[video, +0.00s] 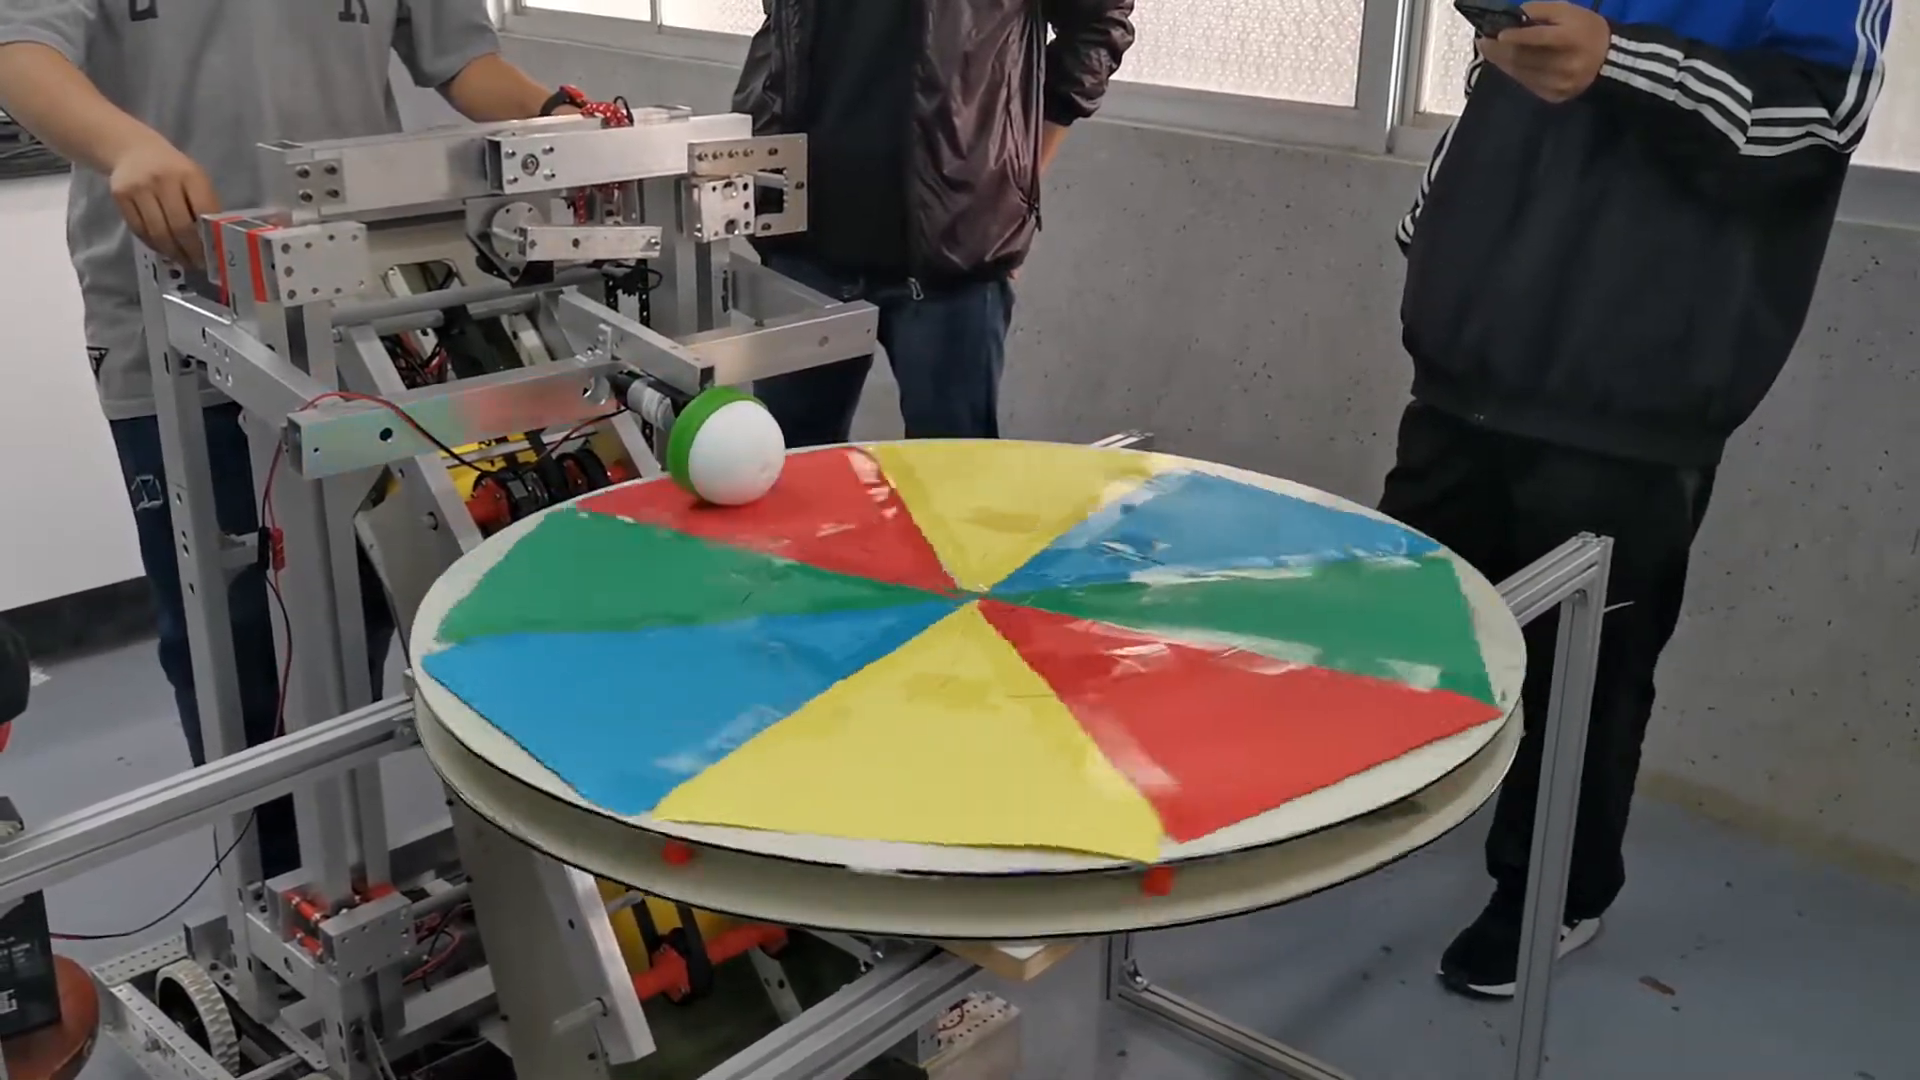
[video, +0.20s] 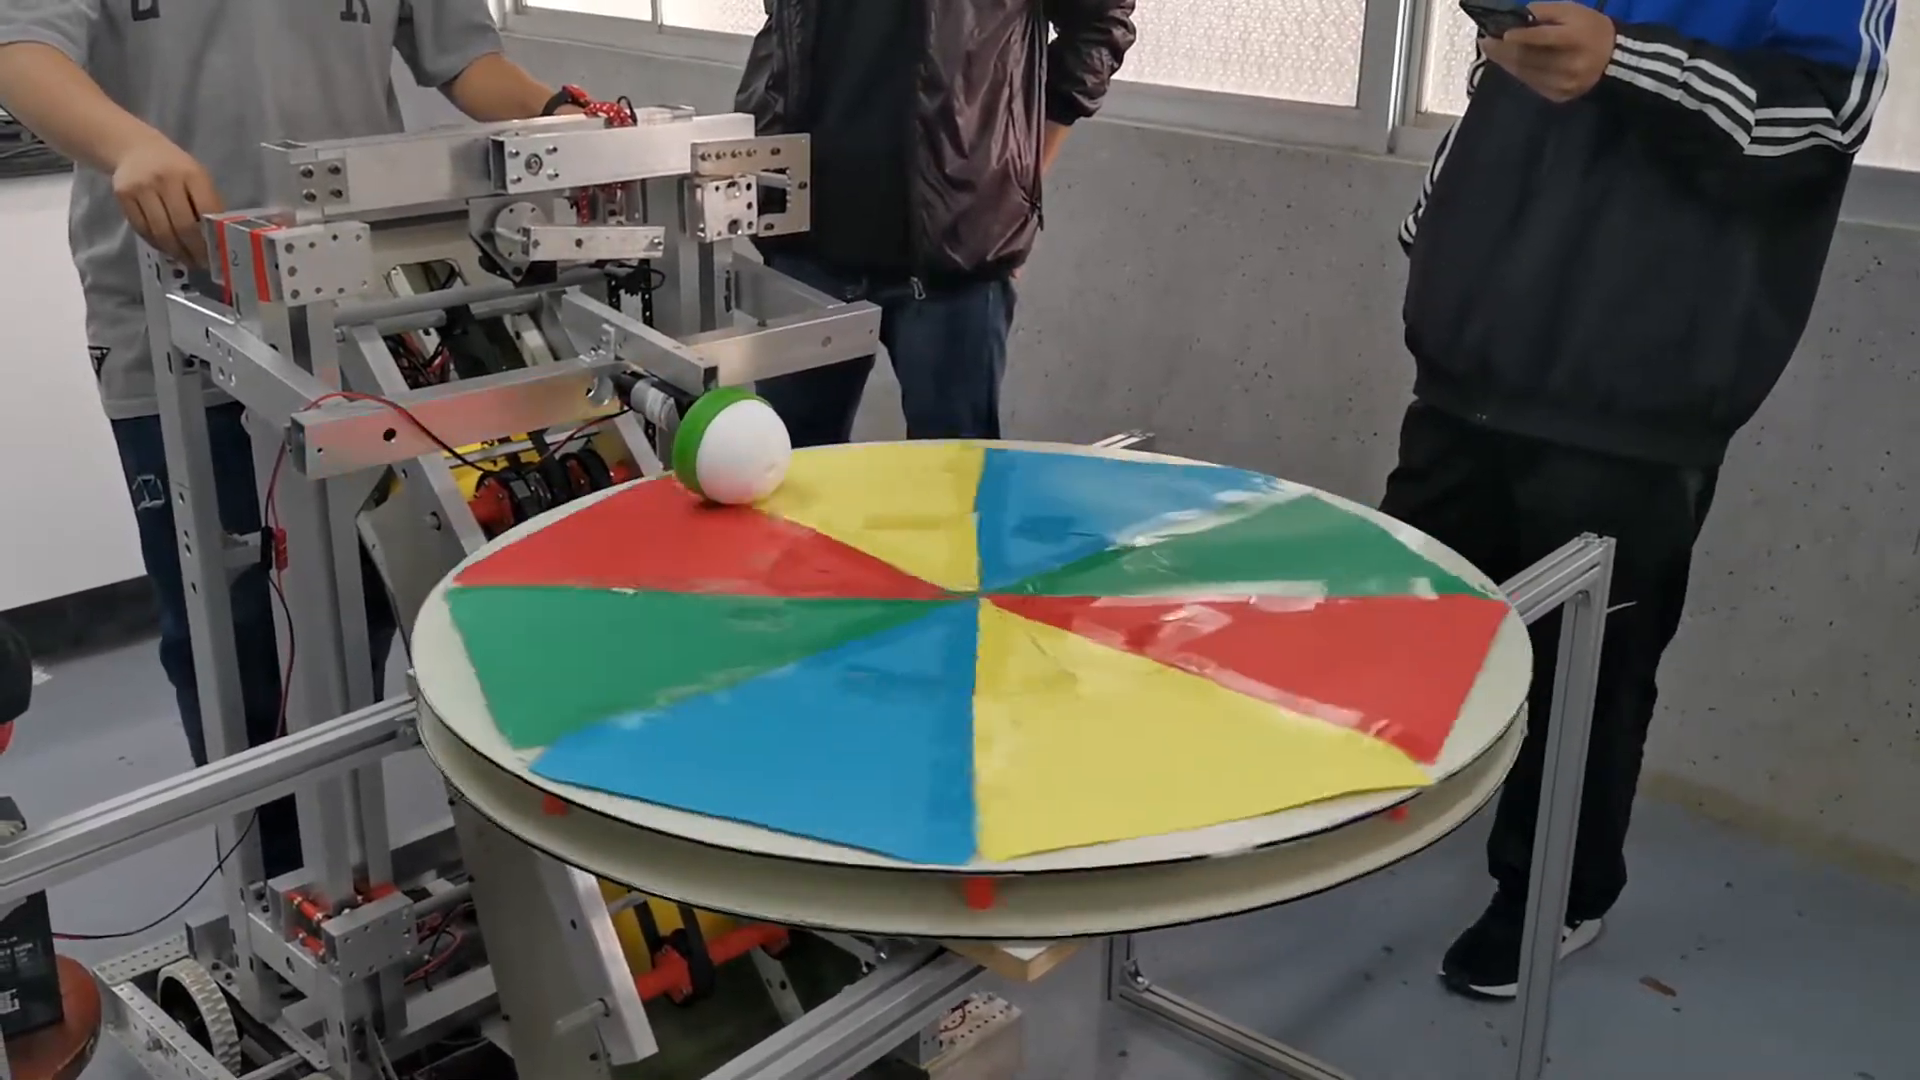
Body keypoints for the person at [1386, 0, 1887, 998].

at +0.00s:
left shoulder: (1826, 8)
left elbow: (1813, 124)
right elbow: (1506, 75)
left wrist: (1613, 57)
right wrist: (1424, 242)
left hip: (1649, 356)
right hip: (1484, 309)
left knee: (1587, 652)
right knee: (1413, 598)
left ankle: (1552, 890)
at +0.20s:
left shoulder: (1830, 8)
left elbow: (1818, 121)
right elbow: (1507, 50)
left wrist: (1617, 57)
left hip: (1653, 350)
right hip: (1489, 303)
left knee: (1589, 649)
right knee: (1415, 597)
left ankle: (1555, 890)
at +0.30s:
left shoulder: (1830, 9)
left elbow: (1821, 120)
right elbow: (1509, 36)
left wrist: (1618, 56)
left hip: (1655, 352)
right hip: (1489, 304)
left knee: (1590, 650)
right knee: (1415, 596)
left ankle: (1555, 891)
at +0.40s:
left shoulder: (1834, 9)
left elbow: (1819, 122)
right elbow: (1510, 42)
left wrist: (1620, 56)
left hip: (1657, 352)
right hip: (1491, 304)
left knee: (1593, 649)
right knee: (1414, 599)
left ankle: (1557, 891)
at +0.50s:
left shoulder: (1834, 10)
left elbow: (1825, 120)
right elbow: (1511, 49)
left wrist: (1622, 55)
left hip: (1656, 352)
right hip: (1491, 304)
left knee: (1593, 649)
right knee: (1416, 600)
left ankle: (1556, 891)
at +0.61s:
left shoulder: (1835, 9)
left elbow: (1826, 119)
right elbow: (1512, 57)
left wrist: (1624, 56)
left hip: (1657, 355)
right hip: (1492, 309)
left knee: (1592, 654)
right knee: (1414, 598)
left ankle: (1556, 892)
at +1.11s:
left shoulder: (1847, 11)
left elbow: (1836, 117)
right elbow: (1517, 33)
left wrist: (1634, 54)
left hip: (1667, 348)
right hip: (1499, 300)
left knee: (1600, 648)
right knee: (1420, 595)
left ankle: (1560, 892)